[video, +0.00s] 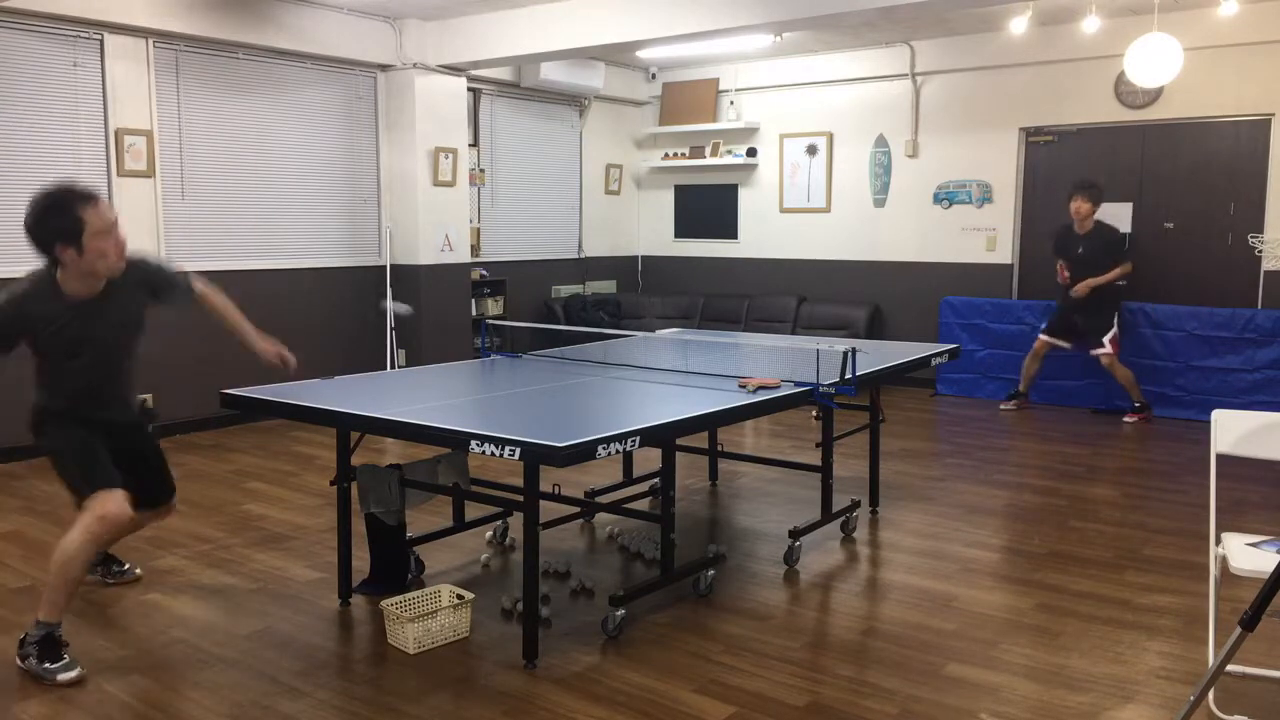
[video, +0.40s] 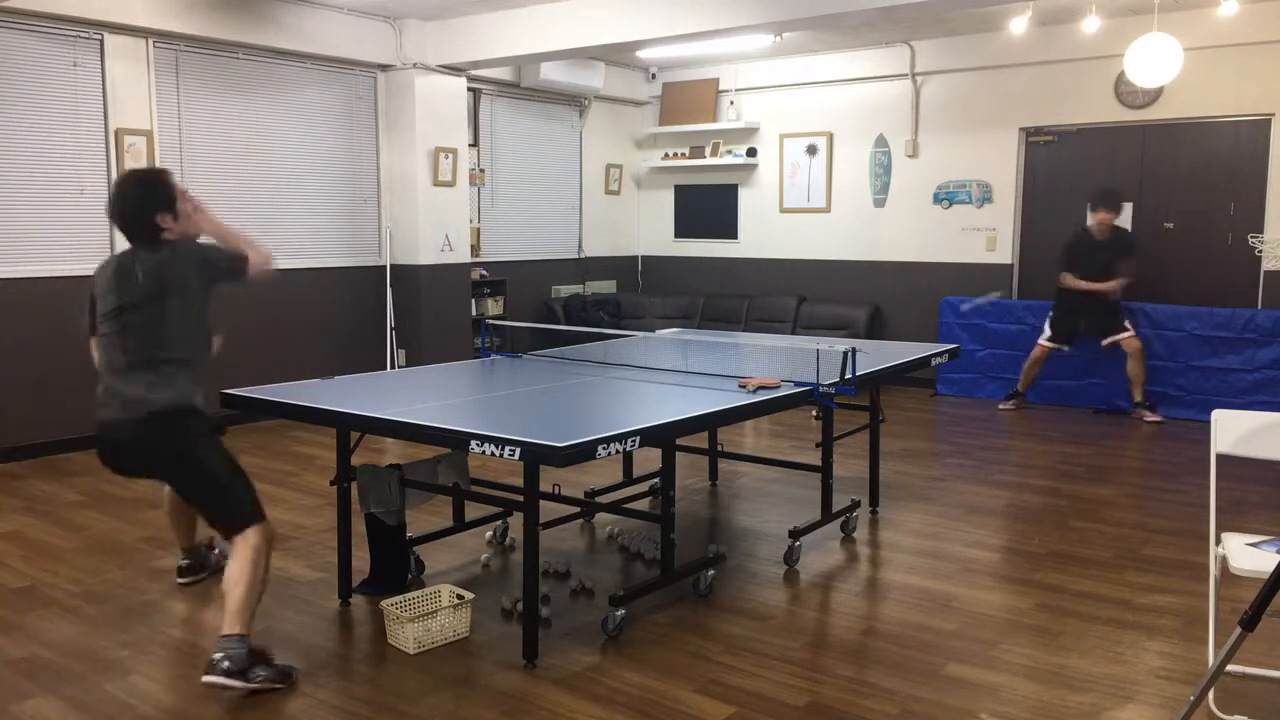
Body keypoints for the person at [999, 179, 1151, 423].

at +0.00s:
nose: (1076, 207)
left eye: (1083, 202)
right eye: (1074, 201)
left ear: (1094, 208)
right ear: (1069, 205)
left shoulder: (1109, 235)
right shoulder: (1064, 234)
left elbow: (1126, 267)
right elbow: (1060, 262)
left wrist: (1090, 283)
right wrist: (1063, 274)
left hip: (1101, 304)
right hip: (1070, 303)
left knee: (1108, 360)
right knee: (1039, 347)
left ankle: (1140, 404)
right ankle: (1021, 394)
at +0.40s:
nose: (1106, 218)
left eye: (1111, 212)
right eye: (1102, 212)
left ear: (1117, 215)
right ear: (1092, 212)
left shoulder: (1122, 240)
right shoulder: (1077, 240)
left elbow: (1126, 277)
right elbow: (1065, 279)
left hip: (1105, 306)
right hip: (1070, 306)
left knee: (1134, 347)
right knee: (1040, 352)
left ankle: (1140, 404)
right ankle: (1018, 393)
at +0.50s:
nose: (1133, 222)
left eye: (1137, 217)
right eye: (1129, 216)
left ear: (1143, 221)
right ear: (1119, 217)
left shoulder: (1138, 242)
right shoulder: (1104, 244)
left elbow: (1132, 276)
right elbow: (1118, 284)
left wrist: (1147, 288)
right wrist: (1154, 269)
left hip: (1117, 310)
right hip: (1088, 311)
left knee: (1150, 347)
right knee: (1052, 357)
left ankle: (1143, 407)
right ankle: (1017, 393)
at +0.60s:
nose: (1164, 232)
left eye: (1167, 228)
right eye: (1164, 227)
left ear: (1154, 222)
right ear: (1157, 223)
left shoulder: (1150, 244)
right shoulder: (1136, 245)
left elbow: (1155, 279)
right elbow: (1154, 281)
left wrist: (1182, 287)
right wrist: (1188, 271)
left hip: (1133, 313)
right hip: (1109, 313)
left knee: (1167, 351)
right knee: (1084, 364)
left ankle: (1147, 407)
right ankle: (1028, 387)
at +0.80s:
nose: (1203, 214)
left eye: (1205, 208)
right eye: (1203, 208)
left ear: (1187, 204)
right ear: (1191, 204)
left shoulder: (1171, 226)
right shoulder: (1168, 230)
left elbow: (1142, 236)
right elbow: (1149, 273)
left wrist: (1183, 254)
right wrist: (1140, 310)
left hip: (1165, 298)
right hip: (1154, 300)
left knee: (1175, 348)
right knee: (1195, 331)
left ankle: (1148, 404)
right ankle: (1137, 360)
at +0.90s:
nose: (1217, 186)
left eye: (1218, 181)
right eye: (1214, 180)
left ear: (1195, 178)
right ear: (1200, 178)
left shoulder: (1176, 199)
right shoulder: (1183, 207)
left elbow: (1146, 214)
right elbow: (1157, 248)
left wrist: (1175, 231)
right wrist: (1149, 287)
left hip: (1165, 278)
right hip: (1172, 278)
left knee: (1168, 340)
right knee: (1221, 299)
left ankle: (1150, 399)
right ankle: (1185, 350)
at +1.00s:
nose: (1225, 164)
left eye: (1225, 159)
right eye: (1221, 159)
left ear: (1199, 159)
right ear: (1208, 160)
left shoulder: (1181, 182)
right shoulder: (1194, 188)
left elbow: (1153, 207)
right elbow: (1174, 230)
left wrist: (1183, 218)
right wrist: (1175, 270)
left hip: (1167, 266)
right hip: (1183, 265)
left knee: (1181, 326)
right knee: (1228, 303)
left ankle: (1160, 385)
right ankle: (1217, 362)